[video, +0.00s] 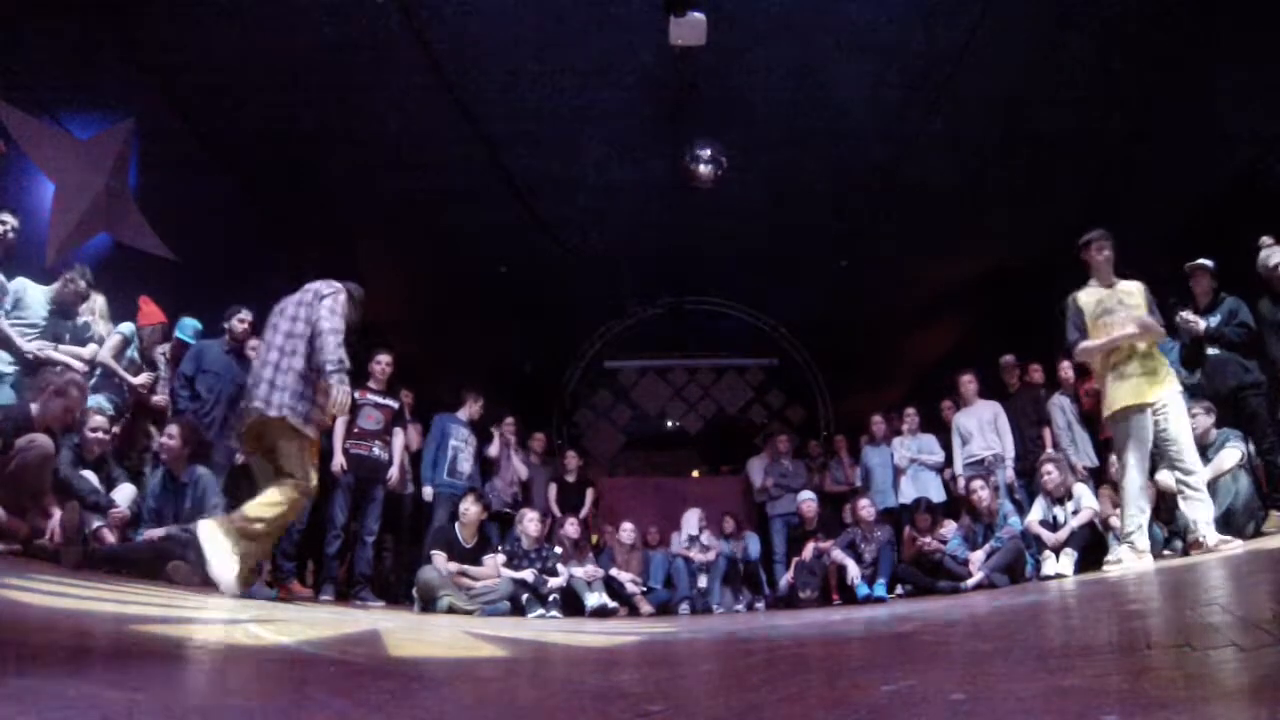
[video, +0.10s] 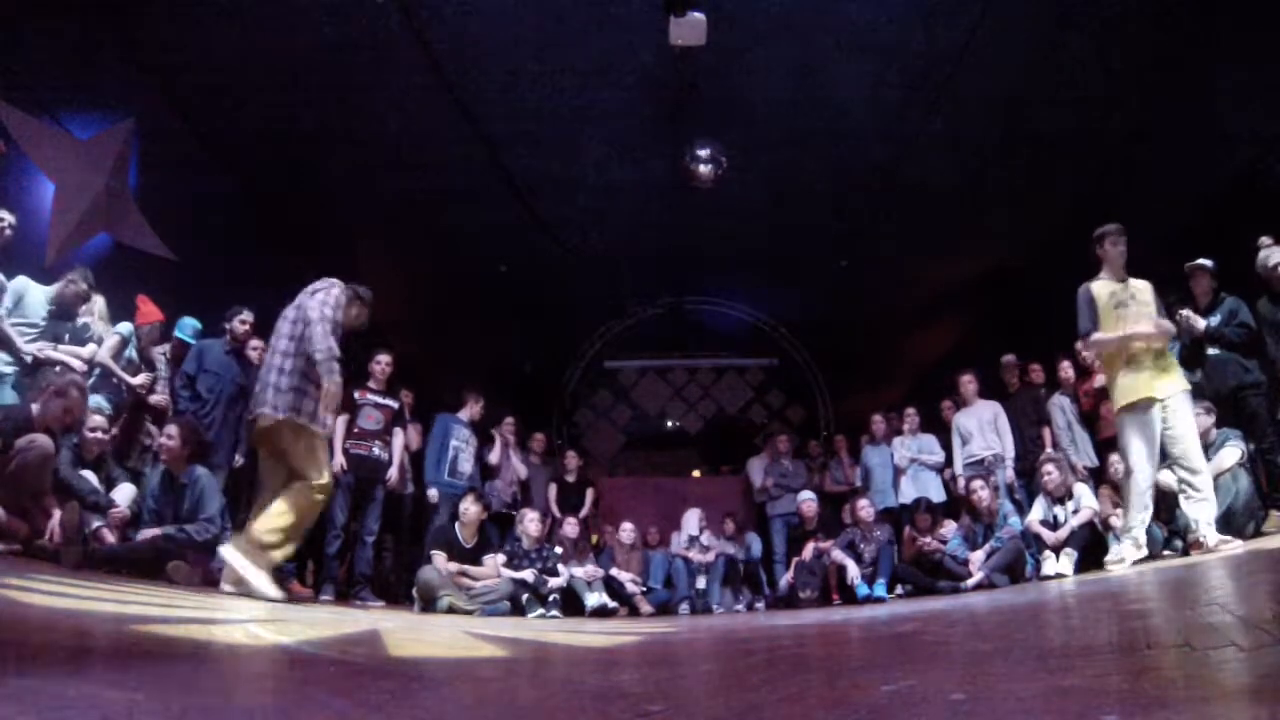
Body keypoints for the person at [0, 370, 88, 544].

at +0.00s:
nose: (70, 420)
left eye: (74, 415)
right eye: (67, 411)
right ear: (50, 393)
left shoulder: (52, 437)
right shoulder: (7, 422)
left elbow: (45, 489)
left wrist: (56, 513)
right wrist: (8, 522)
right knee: (40, 446)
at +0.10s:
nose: (68, 421)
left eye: (73, 418)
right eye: (66, 411)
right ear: (49, 394)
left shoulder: (51, 438)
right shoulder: (8, 422)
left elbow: (44, 490)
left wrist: (56, 512)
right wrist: (7, 521)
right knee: (40, 446)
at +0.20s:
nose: (68, 421)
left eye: (73, 418)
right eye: (66, 411)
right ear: (50, 394)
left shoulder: (52, 438)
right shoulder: (8, 422)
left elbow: (45, 490)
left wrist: (56, 512)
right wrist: (7, 521)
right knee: (40, 446)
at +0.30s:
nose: (68, 422)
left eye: (74, 419)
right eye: (67, 412)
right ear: (52, 394)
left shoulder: (52, 438)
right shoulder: (8, 422)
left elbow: (45, 489)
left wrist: (55, 512)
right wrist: (6, 523)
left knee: (70, 509)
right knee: (41, 446)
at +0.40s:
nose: (69, 422)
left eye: (75, 419)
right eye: (68, 412)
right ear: (52, 395)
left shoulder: (52, 439)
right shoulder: (8, 421)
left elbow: (46, 490)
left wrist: (55, 513)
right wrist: (4, 523)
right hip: (5, 498)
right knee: (41, 446)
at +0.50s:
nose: (70, 422)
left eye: (76, 419)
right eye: (68, 412)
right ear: (52, 396)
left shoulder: (52, 439)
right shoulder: (7, 422)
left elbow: (46, 490)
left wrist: (56, 514)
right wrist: (5, 528)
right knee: (41, 447)